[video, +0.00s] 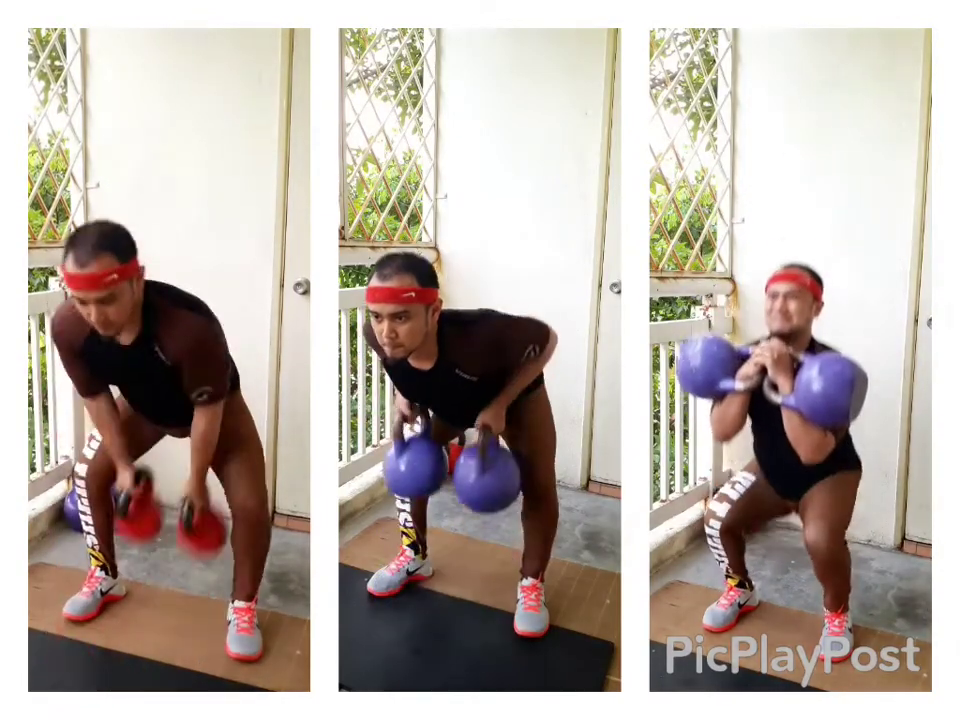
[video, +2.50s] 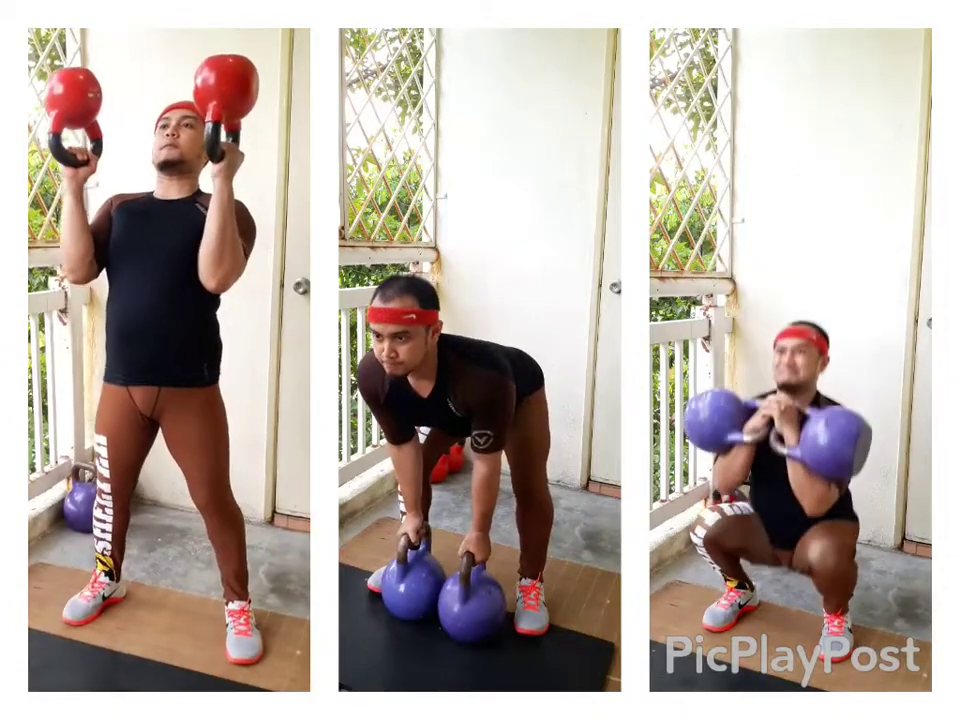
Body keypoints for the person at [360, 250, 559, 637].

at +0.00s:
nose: (387, 332)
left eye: (401, 318)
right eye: (377, 317)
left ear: (434, 311)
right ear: (369, 314)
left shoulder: (479, 332)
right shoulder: (376, 333)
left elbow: (546, 339)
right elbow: (392, 357)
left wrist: (500, 404)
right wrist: (402, 393)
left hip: (513, 391)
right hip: (445, 397)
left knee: (539, 488)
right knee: (411, 466)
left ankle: (531, 582)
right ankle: (413, 553)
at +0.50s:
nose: (394, 326)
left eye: (407, 311)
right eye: (384, 311)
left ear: (440, 303)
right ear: (377, 306)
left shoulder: (487, 341)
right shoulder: (378, 346)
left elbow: (532, 402)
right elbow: (398, 397)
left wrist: (493, 473)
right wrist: (406, 458)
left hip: (513, 404)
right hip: (452, 406)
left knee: (534, 486)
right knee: (408, 474)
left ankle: (531, 580)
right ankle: (411, 558)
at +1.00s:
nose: (392, 355)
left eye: (405, 341)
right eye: (382, 342)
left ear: (437, 332)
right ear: (373, 338)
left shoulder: (486, 374)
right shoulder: (376, 374)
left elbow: (504, 455)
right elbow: (398, 441)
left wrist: (481, 531)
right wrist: (409, 510)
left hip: (513, 391)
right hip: (446, 401)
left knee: (533, 488)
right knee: (413, 471)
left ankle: (531, 584)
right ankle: (410, 563)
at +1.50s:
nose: (392, 361)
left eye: (405, 348)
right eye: (382, 347)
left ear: (437, 338)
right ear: (374, 343)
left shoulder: (487, 380)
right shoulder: (376, 375)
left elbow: (491, 463)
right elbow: (399, 447)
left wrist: (479, 533)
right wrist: (410, 514)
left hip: (516, 390)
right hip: (449, 399)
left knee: (531, 486)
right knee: (416, 468)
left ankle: (531, 583)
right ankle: (410, 562)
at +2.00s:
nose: (387, 358)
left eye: (401, 344)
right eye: (377, 344)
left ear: (433, 335)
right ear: (369, 338)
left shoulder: (484, 379)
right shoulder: (374, 376)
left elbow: (486, 463)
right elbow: (403, 444)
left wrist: (479, 532)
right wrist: (412, 512)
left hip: (514, 390)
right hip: (451, 398)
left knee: (530, 486)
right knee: (415, 470)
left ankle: (531, 583)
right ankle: (410, 563)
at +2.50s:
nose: (387, 351)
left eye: (401, 338)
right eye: (378, 337)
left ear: (433, 333)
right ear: (370, 333)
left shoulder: (484, 378)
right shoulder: (373, 375)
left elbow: (486, 463)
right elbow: (403, 444)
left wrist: (479, 532)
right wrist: (412, 512)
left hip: (514, 389)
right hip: (452, 399)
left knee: (530, 486)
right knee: (415, 470)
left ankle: (531, 583)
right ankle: (408, 563)